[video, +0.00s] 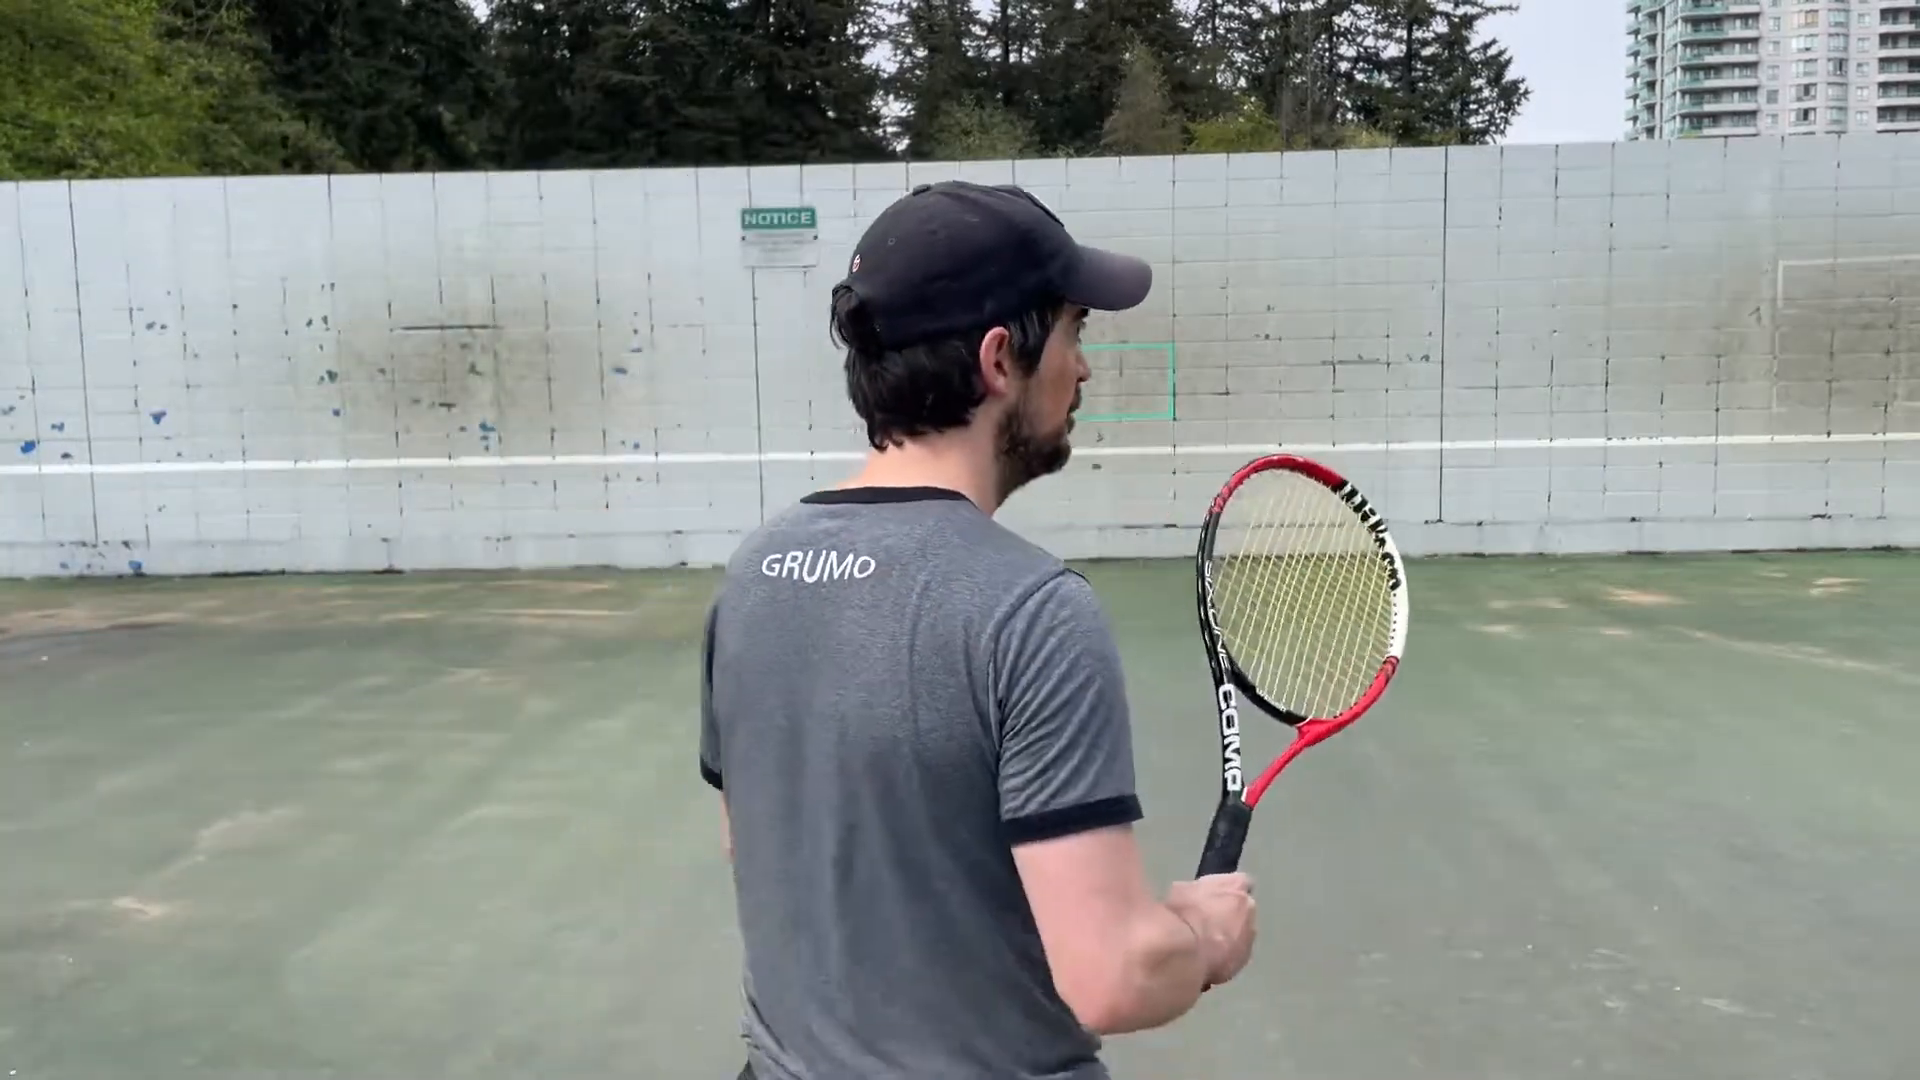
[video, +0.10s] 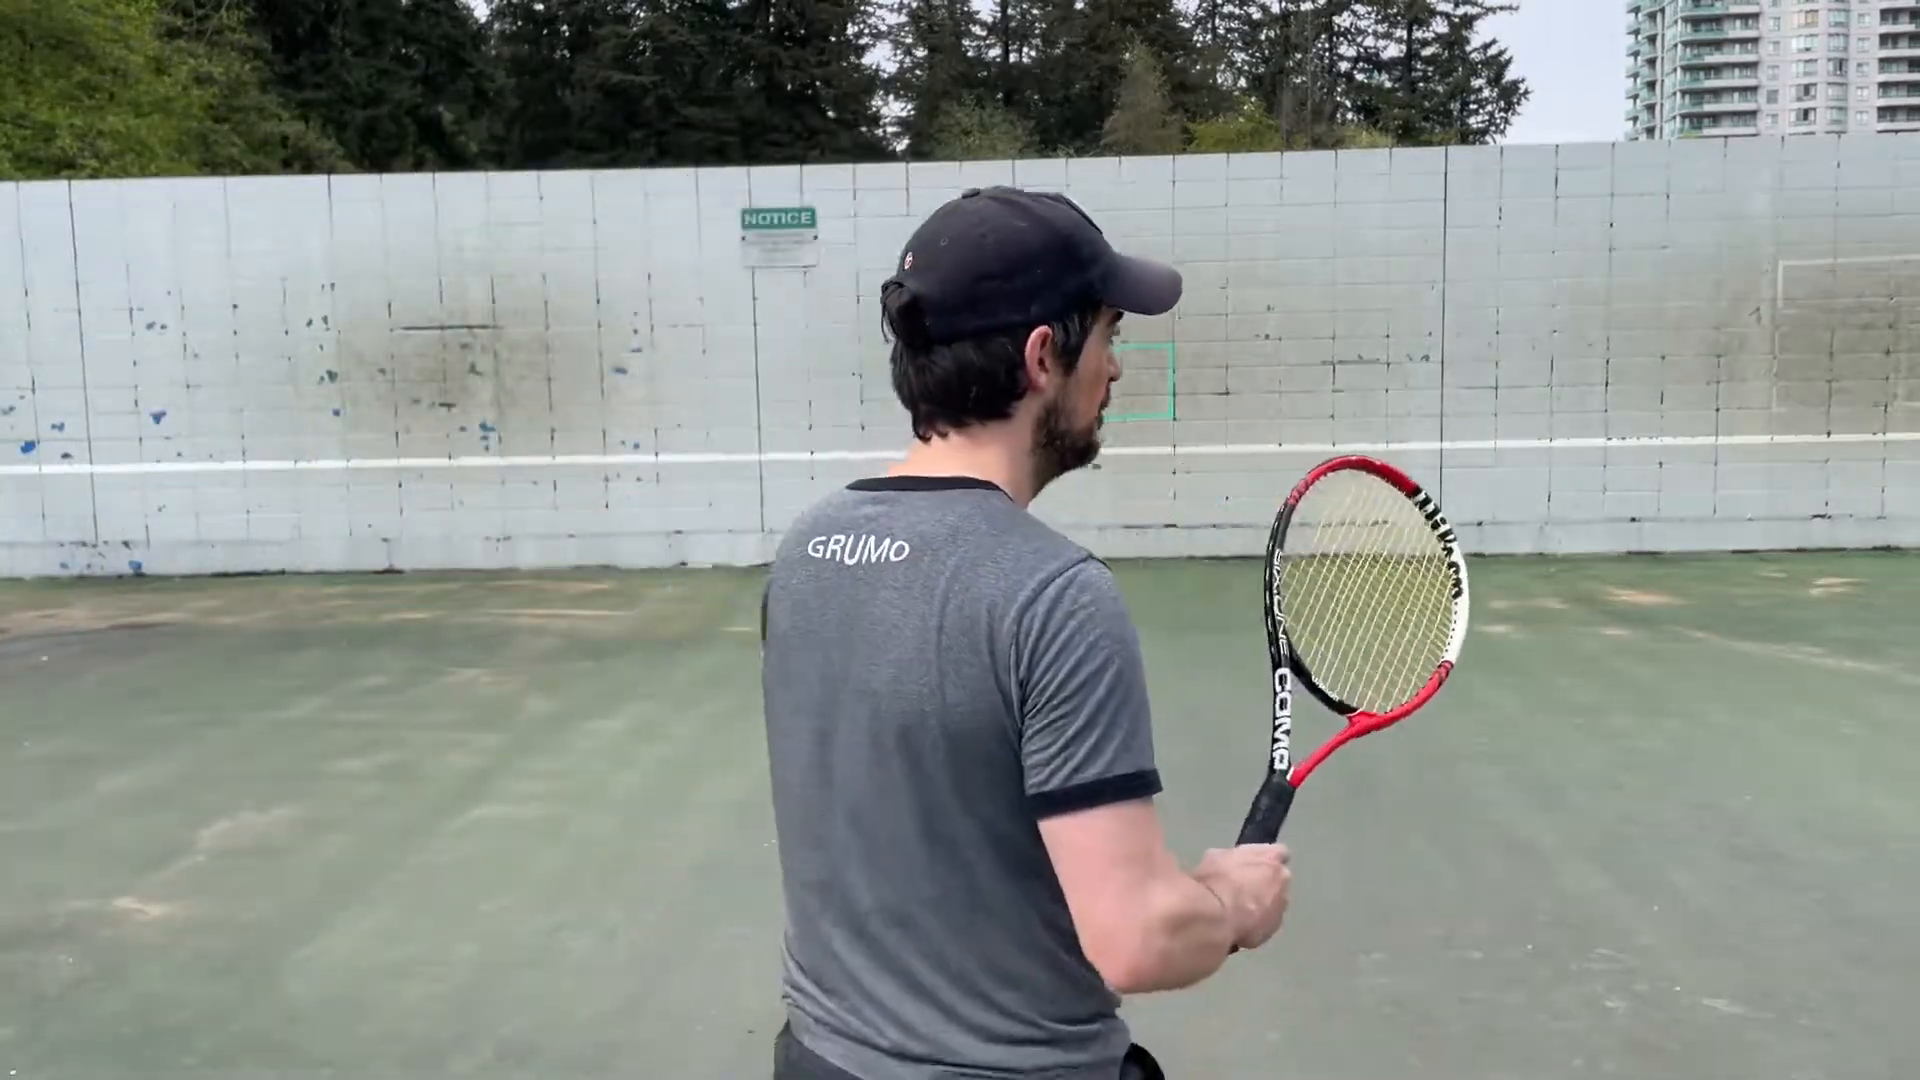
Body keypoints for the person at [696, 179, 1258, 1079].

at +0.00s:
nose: (1084, 368)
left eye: (1080, 334)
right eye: (1070, 335)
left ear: (888, 359)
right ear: (999, 359)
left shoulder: (760, 566)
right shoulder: (1027, 605)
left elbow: (754, 852)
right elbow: (1109, 982)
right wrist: (1203, 935)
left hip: (787, 1060)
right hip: (1005, 1065)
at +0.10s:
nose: (1115, 369)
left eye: (1115, 338)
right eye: (1106, 338)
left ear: (928, 354)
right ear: (1042, 357)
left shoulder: (810, 547)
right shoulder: (1053, 592)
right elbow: (1135, 942)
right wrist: (1231, 905)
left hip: (825, 1050)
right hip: (1036, 1062)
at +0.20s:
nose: (1149, 378)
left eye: (1154, 350)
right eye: (1147, 351)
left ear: (975, 358)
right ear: (1095, 365)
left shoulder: (865, 536)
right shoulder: (1087, 590)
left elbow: (925, 764)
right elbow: (1174, 919)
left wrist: (1129, 745)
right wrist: (1270, 883)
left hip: (862, 1044)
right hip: (1063, 1062)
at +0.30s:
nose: (1186, 388)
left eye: (1194, 363)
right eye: (1188, 363)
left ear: (1023, 361)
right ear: (1153, 375)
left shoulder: (916, 530)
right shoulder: (1134, 598)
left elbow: (1007, 674)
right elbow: (1224, 902)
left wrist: (1191, 647)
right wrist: (1322, 870)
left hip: (907, 1029)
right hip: (1093, 1051)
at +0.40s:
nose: (1231, 409)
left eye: (1238, 385)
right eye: (1235, 386)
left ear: (1075, 380)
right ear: (1206, 397)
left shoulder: (965, 537)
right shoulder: (1181, 613)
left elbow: (1060, 607)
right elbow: (1281, 894)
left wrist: (1214, 578)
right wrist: (1397, 856)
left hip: (947, 1023)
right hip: (1119, 1046)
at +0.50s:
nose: (1266, 396)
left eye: (1268, 376)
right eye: (1267, 377)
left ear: (1120, 366)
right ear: (1240, 392)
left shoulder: (1005, 517)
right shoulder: (1199, 589)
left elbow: (1098, 567)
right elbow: (1312, 854)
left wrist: (1229, 538)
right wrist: (1469, 832)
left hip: (972, 985)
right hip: (1129, 1018)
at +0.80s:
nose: (1323, 451)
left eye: (1329, 432)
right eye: (1327, 431)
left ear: (1200, 413)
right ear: (1300, 434)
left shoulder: (1090, 515)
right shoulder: (1217, 573)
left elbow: (1154, 492)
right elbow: (1285, 761)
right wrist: (1537, 755)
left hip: (1037, 929)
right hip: (1165, 968)